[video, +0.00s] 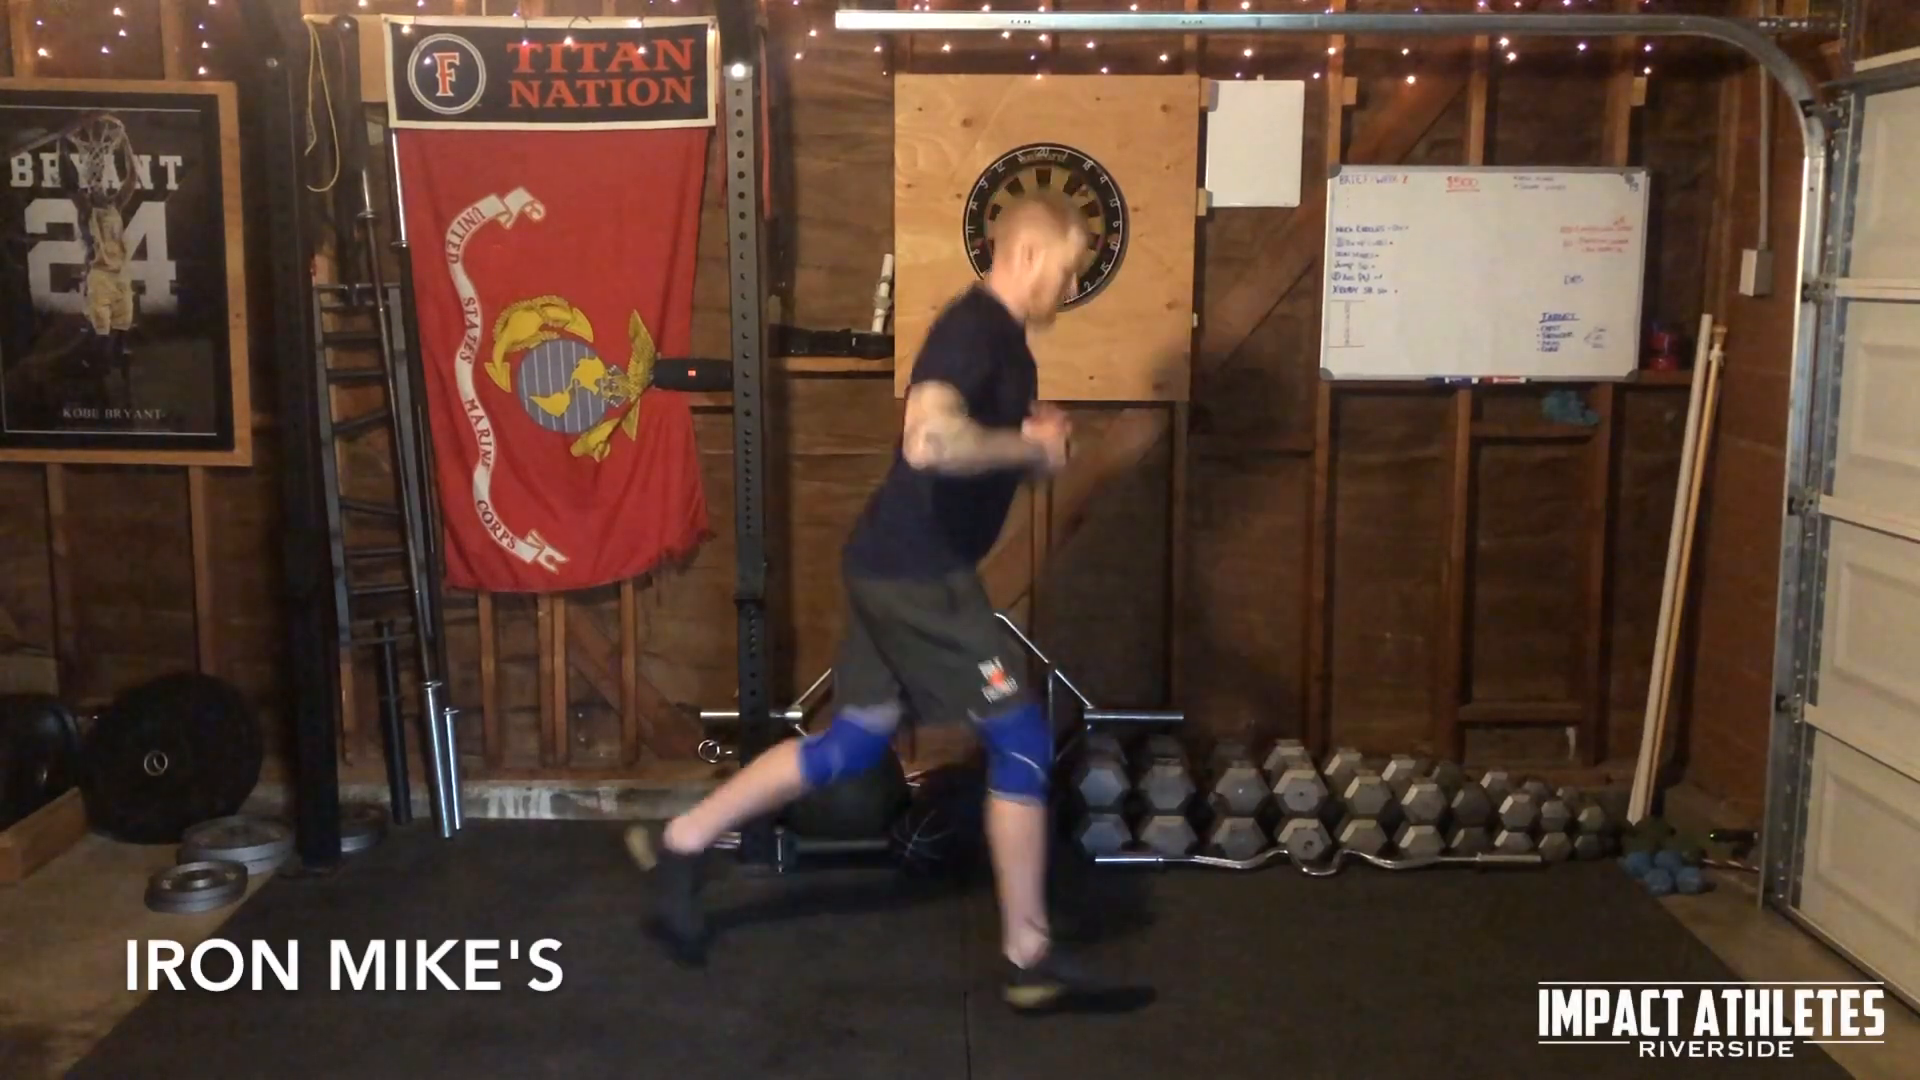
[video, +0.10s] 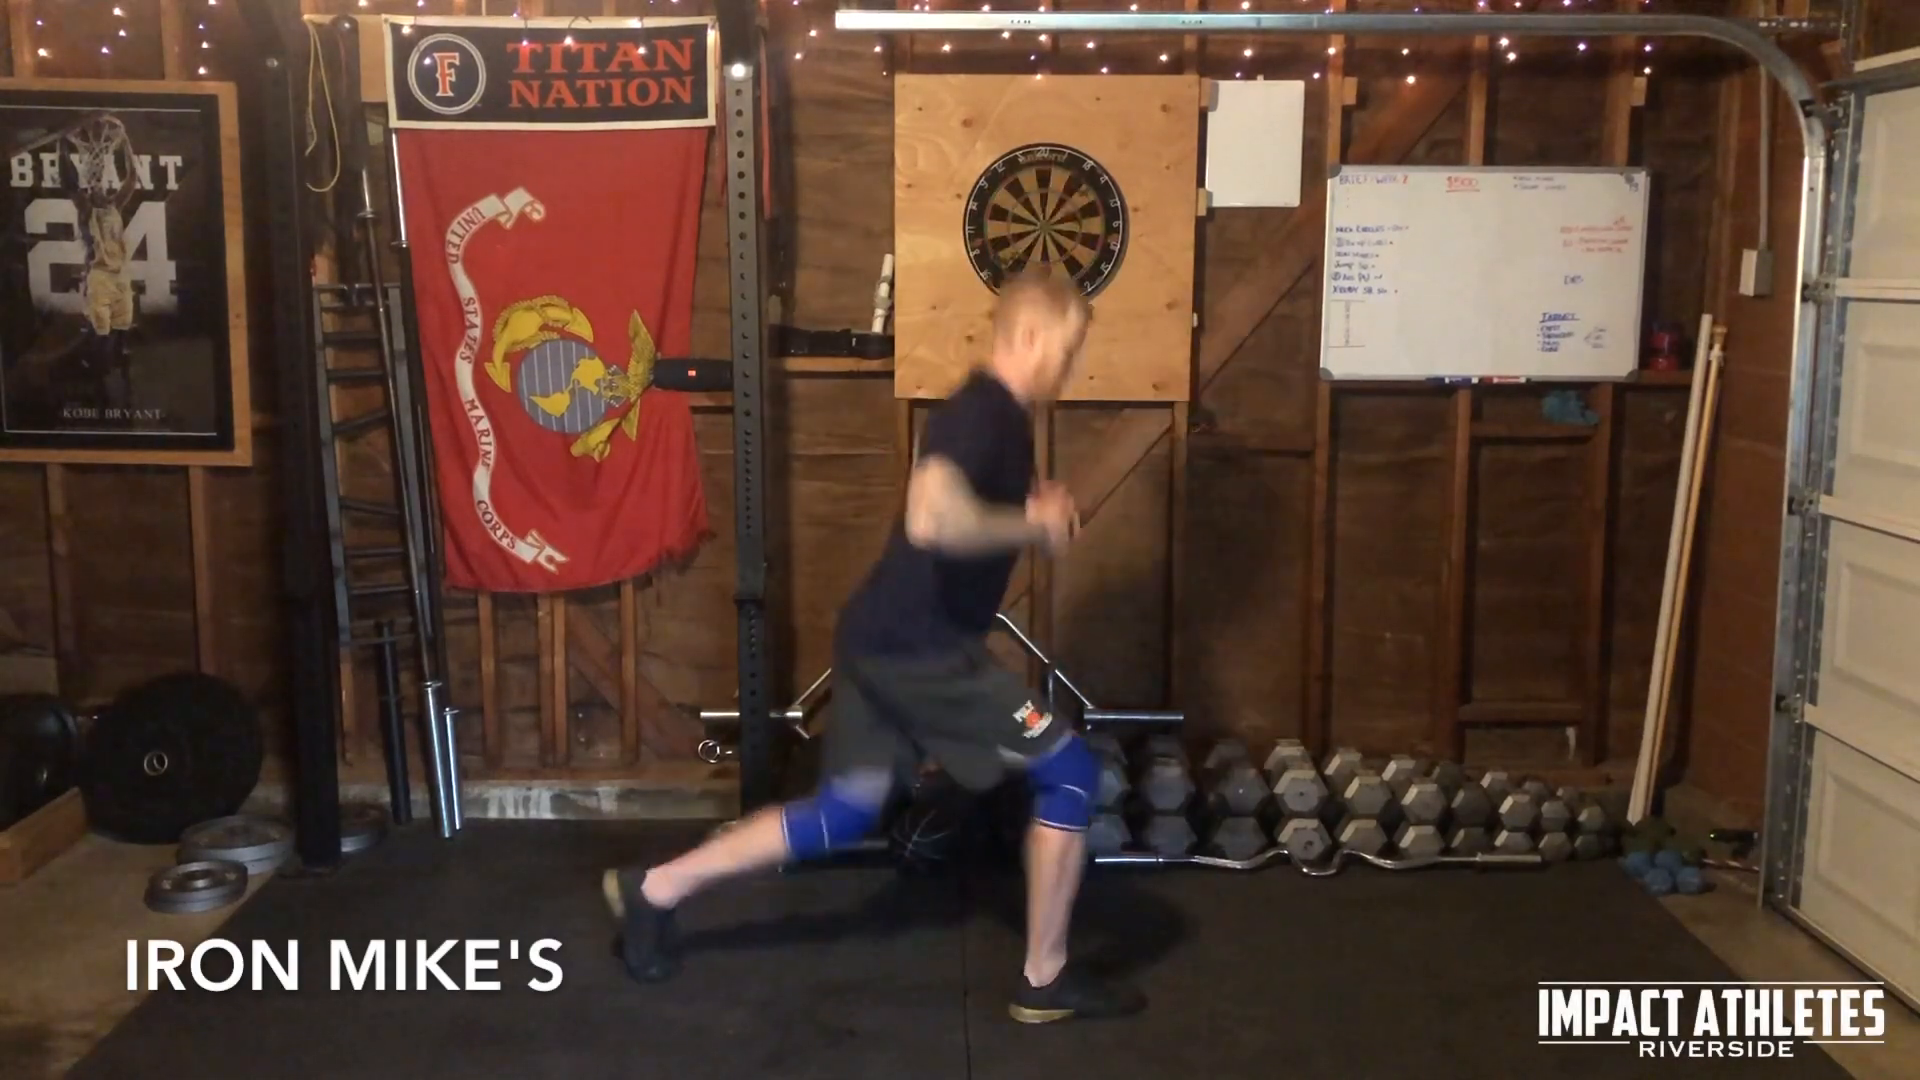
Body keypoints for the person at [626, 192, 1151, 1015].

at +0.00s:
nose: (1072, 288)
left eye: (1078, 271)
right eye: (1070, 268)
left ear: (1018, 255)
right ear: (1025, 253)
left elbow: (962, 439)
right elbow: (927, 440)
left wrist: (1031, 442)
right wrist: (1027, 445)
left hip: (903, 564)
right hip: (910, 568)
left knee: (852, 741)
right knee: (1020, 737)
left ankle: (679, 839)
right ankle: (1029, 959)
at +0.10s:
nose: (1074, 363)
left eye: (1077, 347)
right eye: (1071, 345)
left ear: (1017, 335)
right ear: (1033, 338)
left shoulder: (1001, 416)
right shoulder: (980, 411)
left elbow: (967, 513)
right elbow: (932, 519)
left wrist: (1031, 509)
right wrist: (1032, 520)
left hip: (885, 636)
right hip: (911, 642)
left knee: (850, 806)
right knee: (1069, 772)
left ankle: (653, 889)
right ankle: (1046, 976)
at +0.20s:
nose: (1073, 447)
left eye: (1077, 434)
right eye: (1070, 431)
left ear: (1019, 419)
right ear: (1031, 422)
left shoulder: (980, 489)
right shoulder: (988, 495)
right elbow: (946, 606)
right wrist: (1038, 613)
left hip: (877, 719)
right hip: (916, 720)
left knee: (842, 893)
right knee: (1097, 775)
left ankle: (640, 900)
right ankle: (1049, 978)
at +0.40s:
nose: (1076, 511)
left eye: (1077, 496)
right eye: (1070, 495)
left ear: (1017, 493)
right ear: (1030, 493)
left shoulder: (972, 554)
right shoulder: (988, 560)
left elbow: (948, 670)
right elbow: (956, 697)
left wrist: (1021, 672)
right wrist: (1041, 697)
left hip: (866, 775)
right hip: (904, 777)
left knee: (852, 948)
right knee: (1105, 779)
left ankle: (662, 897)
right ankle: (1049, 976)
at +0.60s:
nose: (1057, 418)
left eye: (1056, 401)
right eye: (1051, 400)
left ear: (999, 399)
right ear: (1009, 399)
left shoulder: (972, 473)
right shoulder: (981, 480)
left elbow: (969, 588)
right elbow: (972, 592)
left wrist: (1042, 570)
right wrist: (1046, 564)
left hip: (881, 701)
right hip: (930, 705)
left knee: (837, 871)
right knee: (1100, 774)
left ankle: (632, 901)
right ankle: (1050, 975)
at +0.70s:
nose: (1061, 321)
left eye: (1065, 303)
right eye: (1057, 302)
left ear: (1002, 298)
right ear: (1020, 297)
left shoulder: (990, 380)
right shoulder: (980, 379)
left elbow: (1002, 490)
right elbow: (975, 484)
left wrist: (1048, 468)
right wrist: (1051, 467)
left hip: (897, 604)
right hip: (937, 610)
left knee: (858, 770)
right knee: (1056, 754)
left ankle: (673, 871)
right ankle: (1047, 968)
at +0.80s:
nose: (1078, 261)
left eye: (1084, 246)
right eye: (1076, 240)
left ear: (1016, 227)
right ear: (1029, 223)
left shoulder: (989, 299)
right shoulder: (992, 302)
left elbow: (982, 405)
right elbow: (989, 416)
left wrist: (1045, 399)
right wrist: (1058, 411)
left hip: (902, 536)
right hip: (936, 546)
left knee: (912, 715)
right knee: (996, 726)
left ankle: (757, 851)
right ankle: (955, 934)